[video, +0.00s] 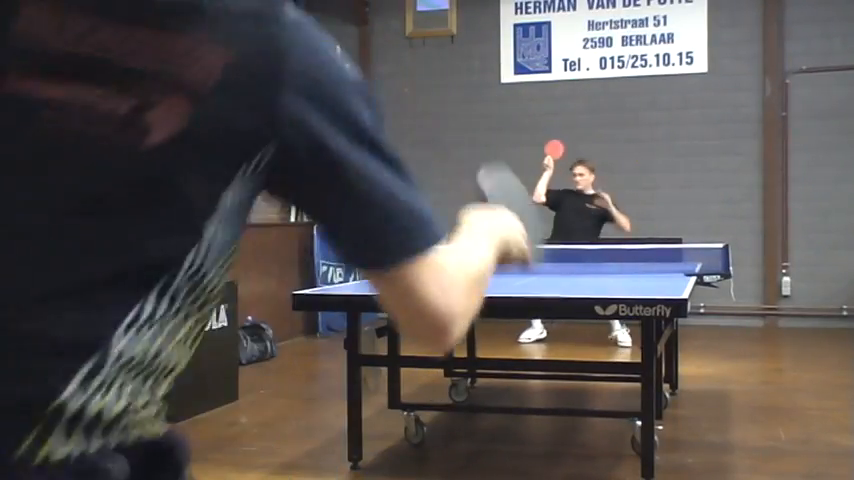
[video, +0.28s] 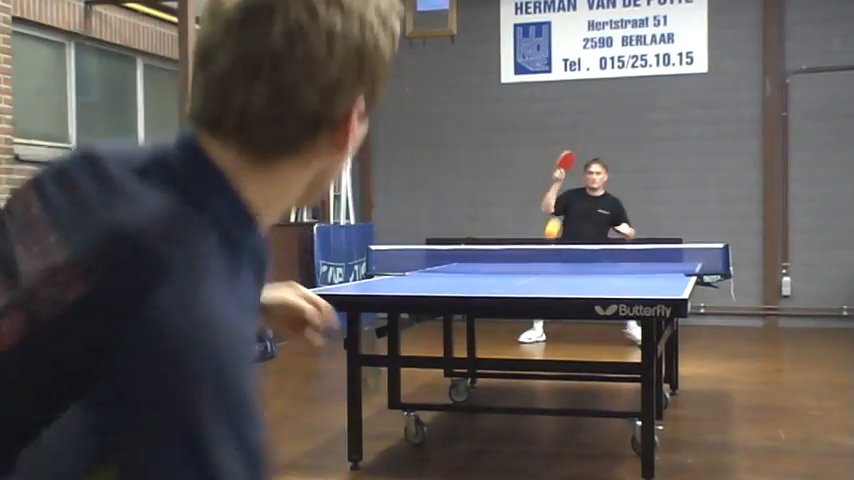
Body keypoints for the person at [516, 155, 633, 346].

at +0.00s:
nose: (577, 179)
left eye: (581, 175)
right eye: (574, 175)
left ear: (592, 177)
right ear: (571, 177)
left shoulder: (600, 200)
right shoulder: (563, 196)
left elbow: (626, 227)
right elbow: (537, 197)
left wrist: (610, 207)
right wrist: (548, 171)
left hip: (588, 256)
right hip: (557, 254)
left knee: (605, 288)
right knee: (533, 281)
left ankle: (618, 328)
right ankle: (537, 326)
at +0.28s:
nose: (593, 177)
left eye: (598, 173)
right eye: (590, 173)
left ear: (605, 177)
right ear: (584, 176)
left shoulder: (612, 203)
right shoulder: (572, 196)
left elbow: (630, 235)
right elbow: (546, 208)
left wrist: (628, 232)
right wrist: (556, 183)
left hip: (598, 258)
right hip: (566, 257)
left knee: (625, 282)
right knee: (541, 281)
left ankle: (631, 325)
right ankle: (537, 328)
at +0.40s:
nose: (601, 175)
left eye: (605, 171)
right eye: (597, 171)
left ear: (613, 174)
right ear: (592, 175)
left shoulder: (623, 198)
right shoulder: (583, 198)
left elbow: (642, 225)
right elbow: (561, 222)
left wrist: (635, 233)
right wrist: (561, 206)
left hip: (615, 255)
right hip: (581, 256)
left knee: (635, 286)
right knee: (554, 279)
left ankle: (647, 328)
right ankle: (540, 327)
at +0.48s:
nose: (604, 175)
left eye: (608, 171)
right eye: (600, 172)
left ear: (616, 174)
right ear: (595, 175)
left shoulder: (628, 197)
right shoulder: (588, 199)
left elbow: (649, 222)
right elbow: (570, 229)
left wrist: (638, 238)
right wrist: (566, 218)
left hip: (622, 256)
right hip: (590, 256)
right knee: (561, 272)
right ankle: (555, 323)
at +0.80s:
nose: (589, 173)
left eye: (593, 168)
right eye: (585, 170)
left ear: (601, 169)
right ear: (581, 172)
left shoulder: (616, 190)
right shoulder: (580, 196)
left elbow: (641, 215)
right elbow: (575, 222)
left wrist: (619, 234)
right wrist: (568, 235)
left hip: (621, 253)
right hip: (592, 253)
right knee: (567, 271)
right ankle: (568, 326)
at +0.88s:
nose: (583, 183)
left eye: (586, 178)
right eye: (579, 180)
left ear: (595, 178)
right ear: (575, 183)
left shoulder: (610, 198)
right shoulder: (580, 203)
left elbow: (630, 227)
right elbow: (577, 232)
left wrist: (597, 239)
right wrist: (561, 242)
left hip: (612, 256)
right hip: (589, 256)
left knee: (563, 270)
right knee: (558, 269)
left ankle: (566, 326)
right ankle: (565, 326)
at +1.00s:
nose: (577, 194)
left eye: (580, 189)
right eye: (573, 191)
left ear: (590, 188)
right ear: (571, 193)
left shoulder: (604, 207)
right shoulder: (585, 211)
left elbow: (600, 235)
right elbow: (585, 237)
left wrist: (567, 230)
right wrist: (561, 242)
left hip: (619, 258)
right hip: (599, 258)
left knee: (563, 275)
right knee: (561, 270)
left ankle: (566, 326)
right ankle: (566, 326)